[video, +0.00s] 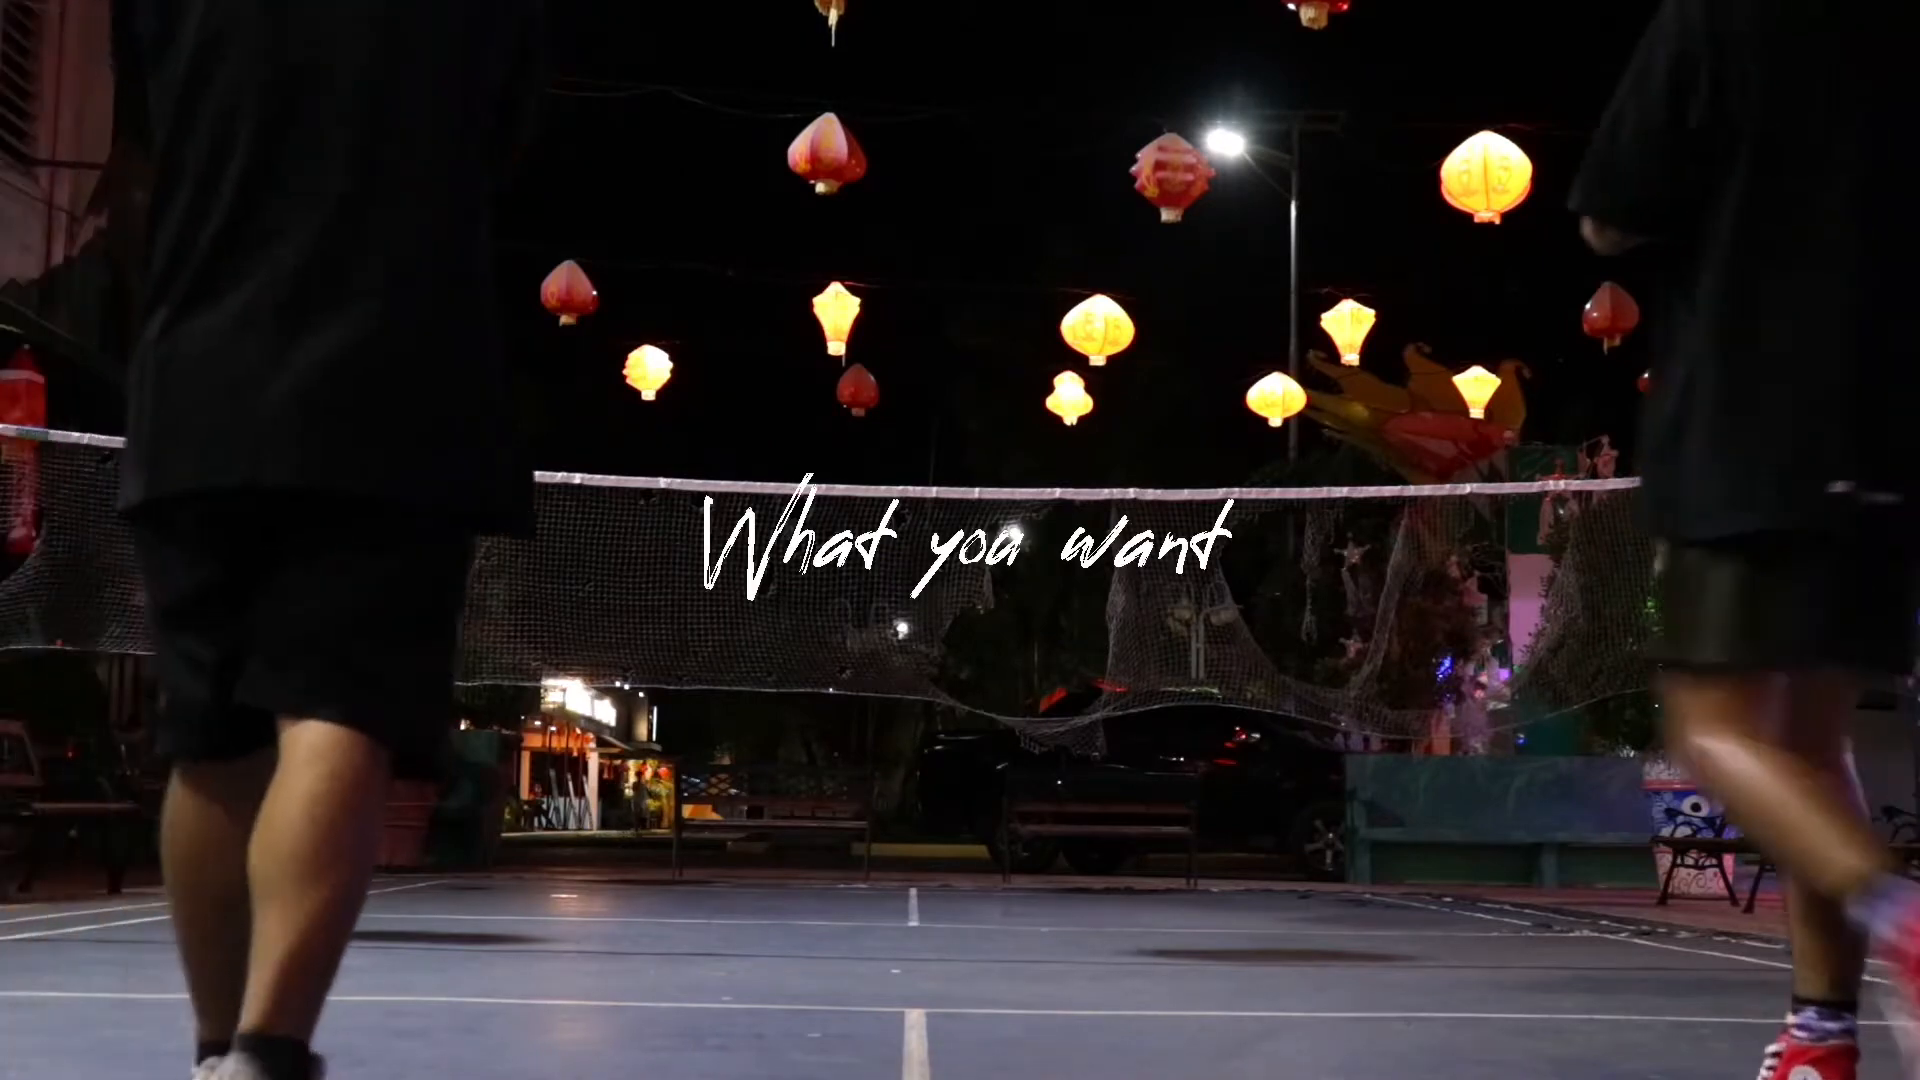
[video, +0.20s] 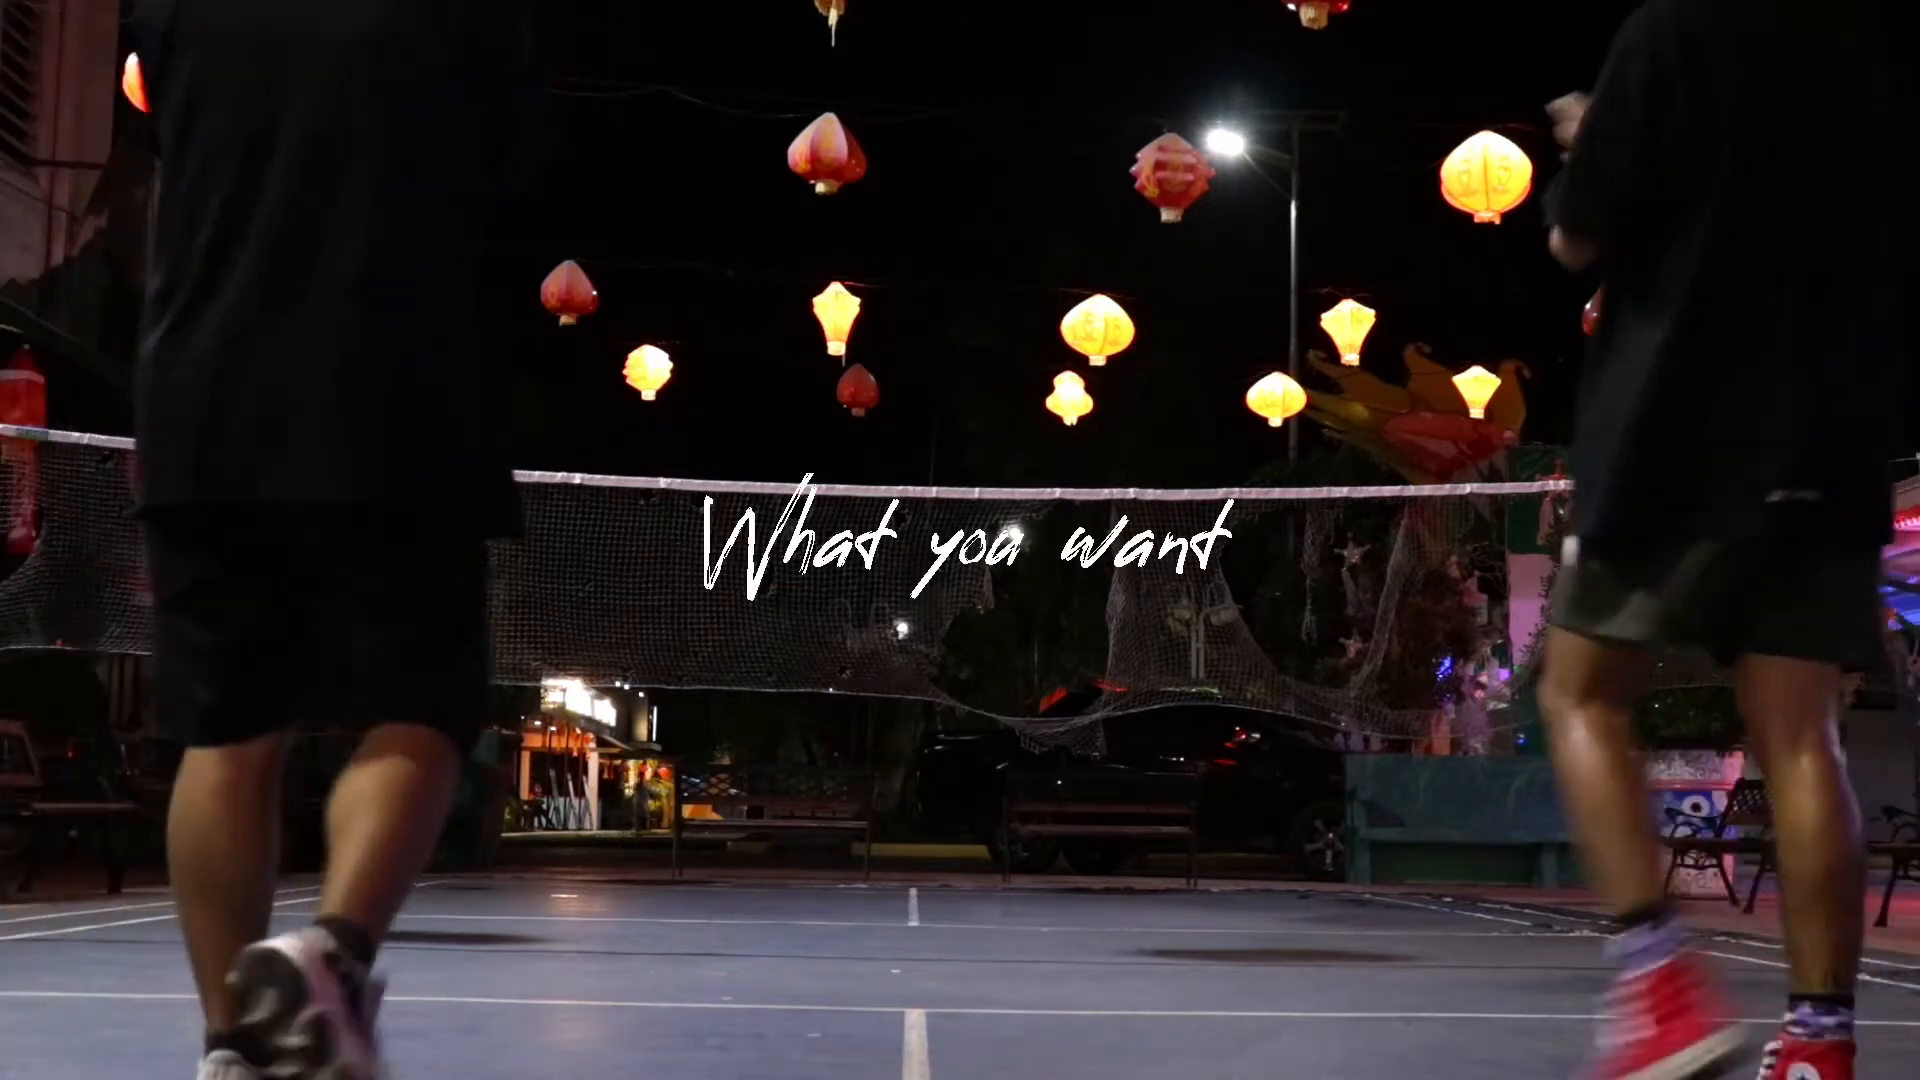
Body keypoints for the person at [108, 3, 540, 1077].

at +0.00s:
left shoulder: (166, 16)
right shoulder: (481, 25)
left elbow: (141, 153)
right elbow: (508, 153)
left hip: (196, 373)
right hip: (395, 375)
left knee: (209, 742)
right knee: (337, 723)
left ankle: (225, 1055)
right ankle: (265, 1046)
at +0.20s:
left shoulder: (184, 17)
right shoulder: (476, 25)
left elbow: (173, 131)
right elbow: (518, 178)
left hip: (207, 387)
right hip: (409, 392)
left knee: (225, 721)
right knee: (418, 702)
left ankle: (230, 1047)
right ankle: (335, 949)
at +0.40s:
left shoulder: (214, 19)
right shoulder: (468, 23)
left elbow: (187, 221)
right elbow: (542, 189)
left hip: (225, 414)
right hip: (410, 423)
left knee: (241, 720)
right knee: (424, 724)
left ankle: (233, 1040)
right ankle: (391, 1015)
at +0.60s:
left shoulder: (265, 52)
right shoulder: (497, 64)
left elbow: (208, 255)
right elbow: (560, 224)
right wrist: (549, 64)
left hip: (259, 452)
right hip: (432, 462)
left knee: (260, 727)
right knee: (413, 750)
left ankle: (236, 1032)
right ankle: (415, 1023)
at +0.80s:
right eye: (538, 14)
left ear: (412, 9)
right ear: (518, 14)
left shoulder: (327, 93)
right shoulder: (545, 104)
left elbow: (365, 207)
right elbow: (589, 240)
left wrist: (408, 42)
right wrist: (574, 76)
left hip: (337, 466)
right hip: (492, 473)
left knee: (294, 714)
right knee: (453, 745)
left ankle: (252, 926)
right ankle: (415, 1024)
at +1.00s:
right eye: (574, 49)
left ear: (448, 52)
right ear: (563, 61)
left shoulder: (378, 120)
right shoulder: (594, 131)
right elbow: (624, 253)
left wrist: (429, 66)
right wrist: (609, 100)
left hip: (393, 477)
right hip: (532, 484)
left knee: (382, 731)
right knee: (472, 757)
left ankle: (349, 984)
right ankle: (417, 1028)